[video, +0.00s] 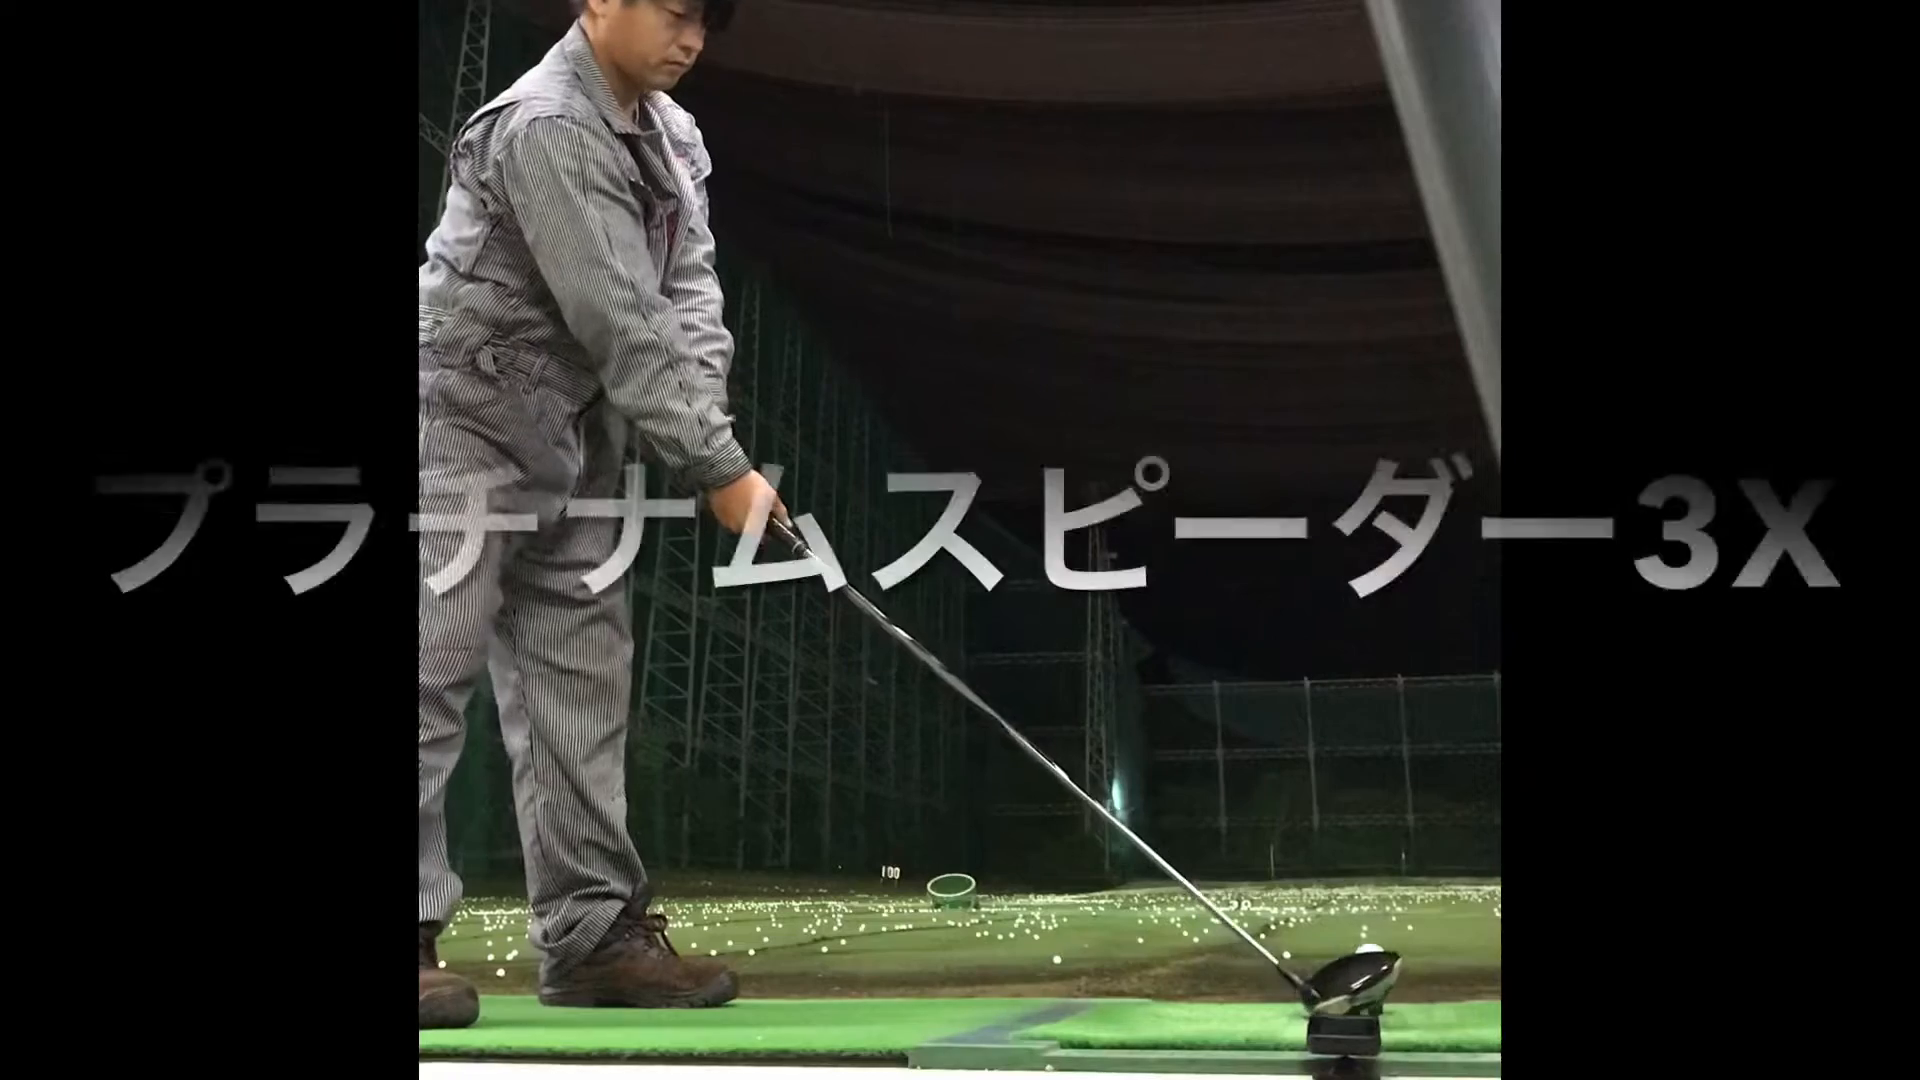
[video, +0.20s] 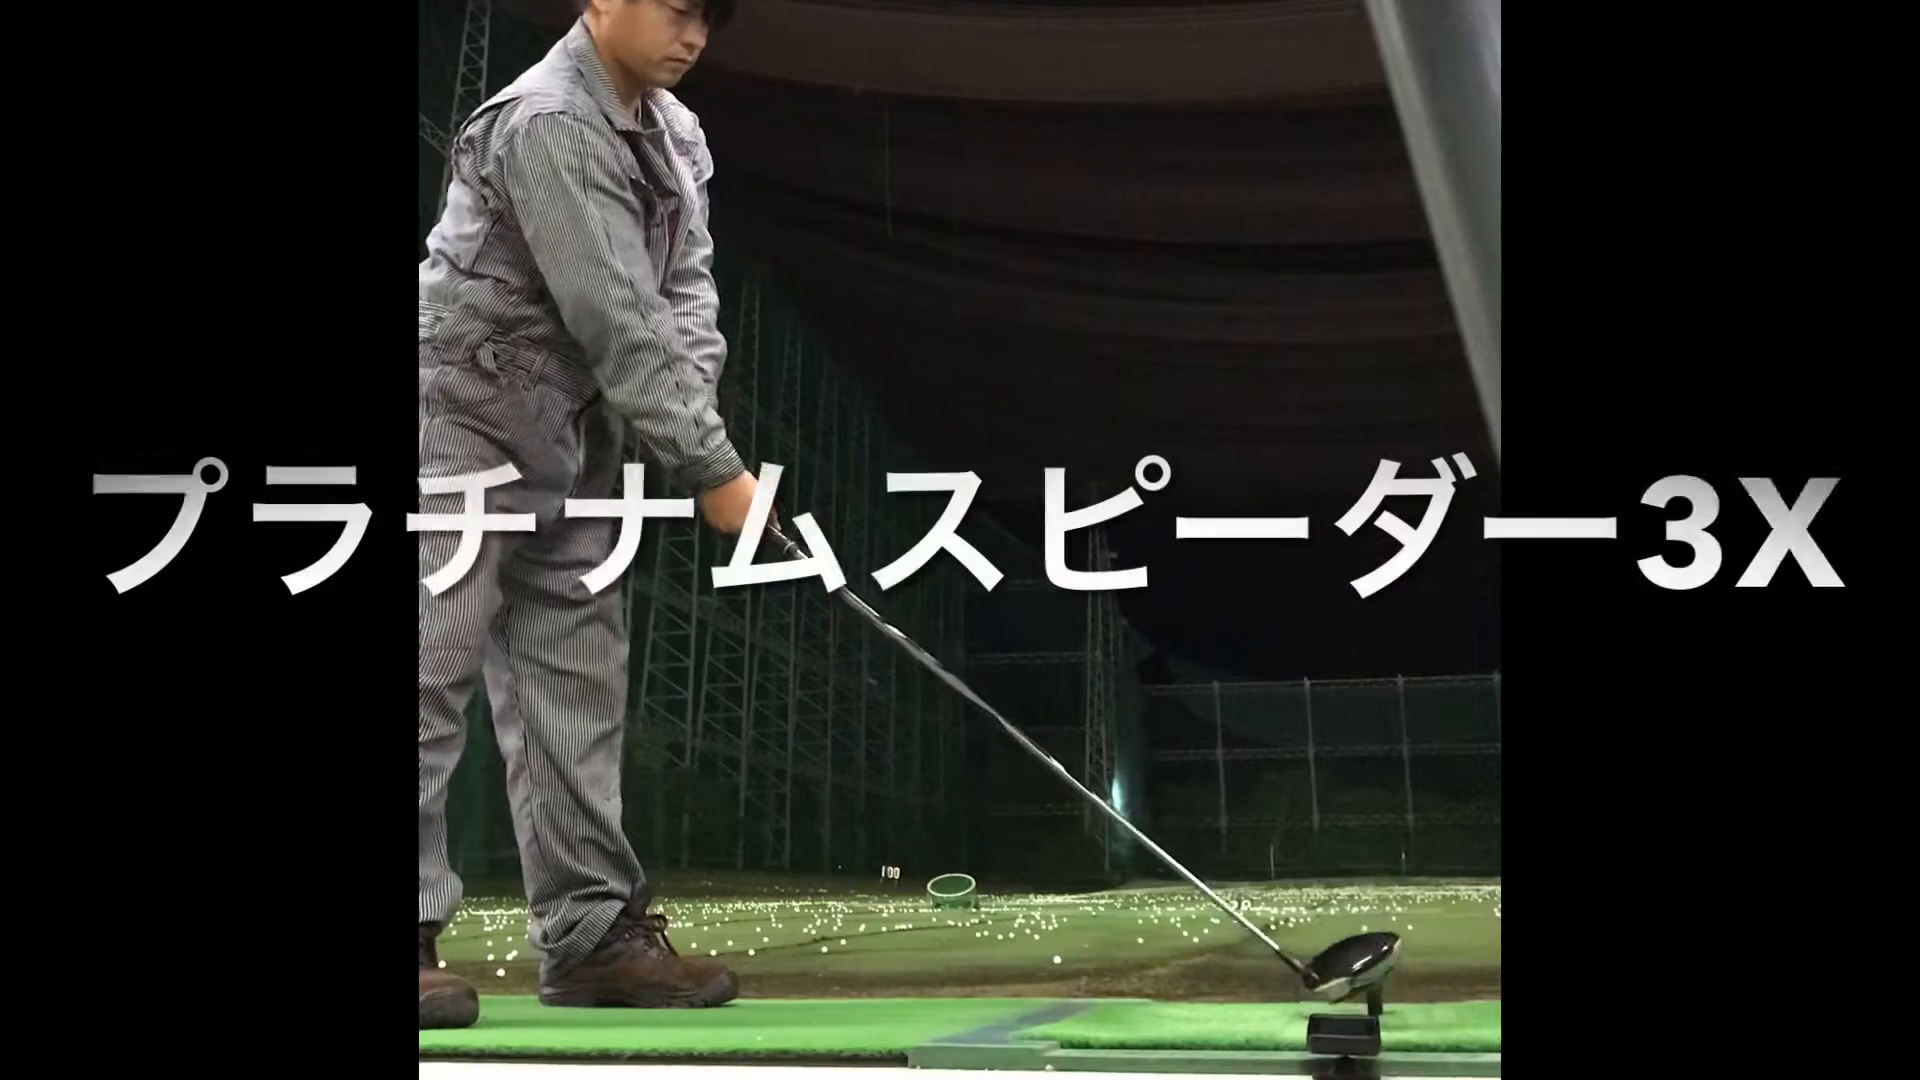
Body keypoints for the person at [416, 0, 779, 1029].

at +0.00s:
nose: (692, 39)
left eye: (701, 20)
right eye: (671, 15)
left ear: (699, 30)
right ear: (597, 9)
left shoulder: (675, 132)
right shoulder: (548, 125)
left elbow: (694, 294)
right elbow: (615, 318)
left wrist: (701, 428)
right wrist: (719, 467)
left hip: (578, 443)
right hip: (463, 430)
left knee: (576, 680)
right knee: (435, 679)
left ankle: (590, 938)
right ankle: (416, 946)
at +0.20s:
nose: (695, 32)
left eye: (705, 16)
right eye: (675, 10)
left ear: (707, 28)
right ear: (602, 7)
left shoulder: (678, 128)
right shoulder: (548, 120)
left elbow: (692, 289)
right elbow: (612, 319)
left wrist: (684, 416)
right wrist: (713, 469)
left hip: (576, 434)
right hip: (458, 420)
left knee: (571, 681)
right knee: (433, 676)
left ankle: (590, 940)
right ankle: (415, 947)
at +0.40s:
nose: (705, 42)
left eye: (716, 26)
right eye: (685, 17)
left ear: (715, 33)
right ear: (614, 9)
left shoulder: (686, 135)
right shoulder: (558, 124)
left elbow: (697, 296)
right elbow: (612, 325)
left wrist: (686, 419)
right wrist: (716, 466)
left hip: (577, 437)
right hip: (462, 422)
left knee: (574, 682)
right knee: (435, 675)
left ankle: (591, 940)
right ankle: (417, 947)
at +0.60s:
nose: (709, 45)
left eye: (722, 27)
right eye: (689, 19)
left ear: (726, 32)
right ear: (618, 9)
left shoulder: (691, 136)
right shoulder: (560, 121)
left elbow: (693, 299)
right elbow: (603, 322)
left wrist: (676, 418)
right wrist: (710, 466)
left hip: (575, 435)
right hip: (462, 416)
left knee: (572, 680)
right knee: (438, 667)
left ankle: (589, 939)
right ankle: (417, 946)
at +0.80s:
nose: (704, 37)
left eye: (711, 19)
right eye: (684, 13)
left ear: (703, 29)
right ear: (609, 7)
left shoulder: (682, 134)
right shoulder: (555, 114)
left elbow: (698, 293)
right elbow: (618, 304)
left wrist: (705, 423)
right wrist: (727, 454)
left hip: (577, 444)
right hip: (460, 430)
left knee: (580, 687)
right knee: (432, 684)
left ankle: (594, 938)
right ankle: (417, 945)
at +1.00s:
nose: (704, 40)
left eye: (713, 22)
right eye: (682, 16)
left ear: (713, 34)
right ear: (611, 10)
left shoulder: (693, 141)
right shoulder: (563, 123)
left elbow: (712, 299)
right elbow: (635, 309)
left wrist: (718, 434)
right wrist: (735, 453)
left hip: (586, 448)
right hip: (469, 432)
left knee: (593, 685)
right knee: (430, 687)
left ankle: (594, 936)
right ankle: (417, 946)